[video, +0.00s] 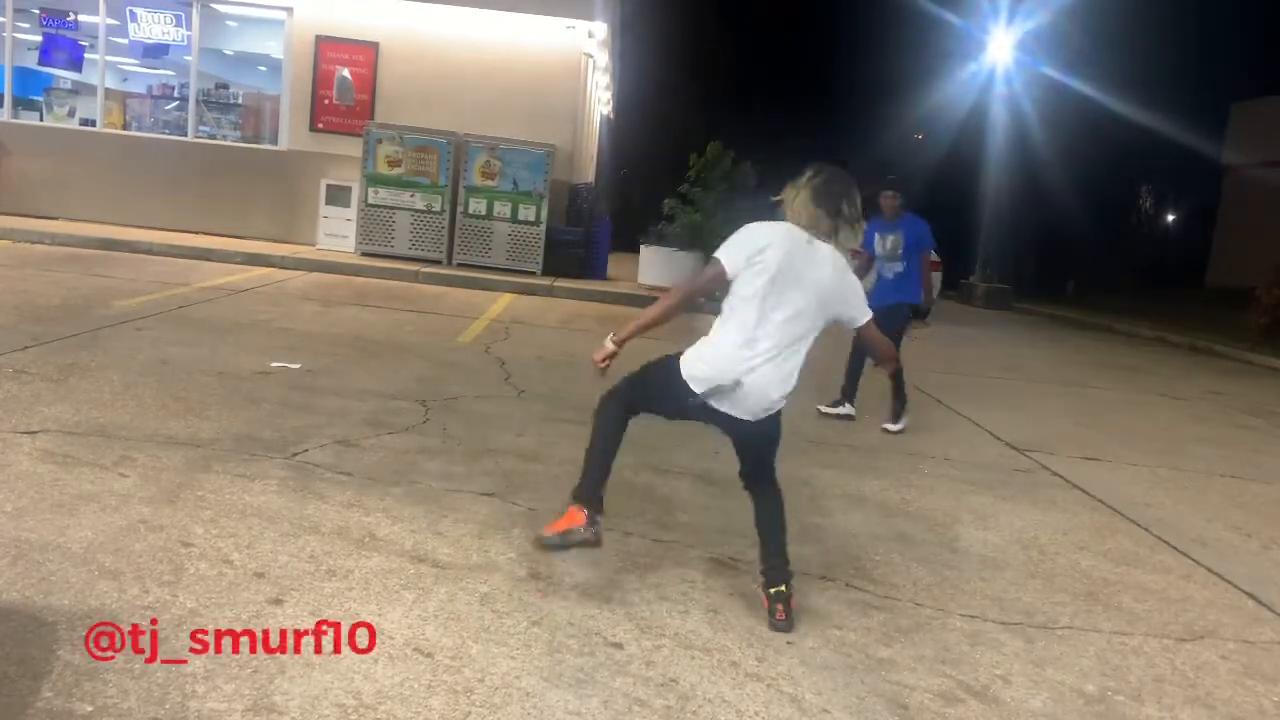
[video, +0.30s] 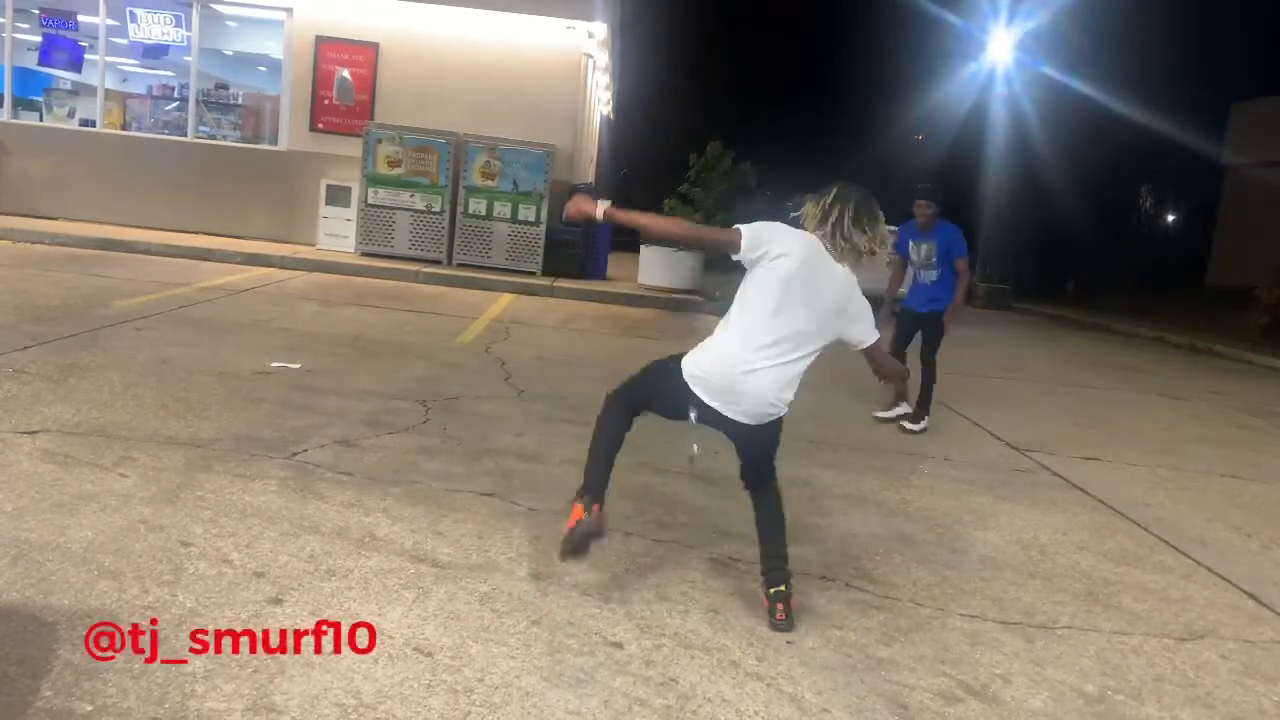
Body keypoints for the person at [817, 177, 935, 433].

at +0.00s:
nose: (889, 203)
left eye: (894, 198)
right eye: (885, 198)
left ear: (901, 201)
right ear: (879, 201)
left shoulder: (917, 226)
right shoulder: (874, 226)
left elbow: (925, 265)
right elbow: (865, 263)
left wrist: (927, 299)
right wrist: (846, 288)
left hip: (904, 298)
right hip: (877, 297)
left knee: (890, 352)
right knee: (859, 345)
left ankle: (898, 412)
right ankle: (847, 400)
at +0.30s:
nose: (922, 211)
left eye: (928, 207)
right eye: (918, 206)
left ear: (937, 209)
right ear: (913, 207)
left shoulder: (950, 234)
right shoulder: (906, 231)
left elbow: (964, 274)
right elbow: (899, 269)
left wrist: (952, 311)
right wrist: (888, 302)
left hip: (938, 306)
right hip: (912, 304)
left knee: (927, 356)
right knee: (896, 350)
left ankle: (921, 413)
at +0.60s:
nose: (942, 216)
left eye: (947, 211)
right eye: (938, 211)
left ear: (956, 213)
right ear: (933, 213)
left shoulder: (974, 237)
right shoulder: (930, 237)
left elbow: (989, 275)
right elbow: (923, 274)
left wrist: (987, 314)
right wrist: (921, 308)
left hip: (967, 308)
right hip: (940, 308)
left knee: (955, 357)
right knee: (933, 356)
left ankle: (953, 413)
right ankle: (932, 407)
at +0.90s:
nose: (965, 220)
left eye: (969, 216)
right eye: (961, 216)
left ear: (979, 216)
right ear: (956, 218)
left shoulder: (1000, 241)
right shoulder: (951, 241)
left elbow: (1010, 277)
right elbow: (953, 274)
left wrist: (1007, 314)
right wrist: (957, 299)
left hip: (988, 315)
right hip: (959, 312)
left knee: (983, 364)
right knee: (943, 357)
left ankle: (985, 418)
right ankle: (936, 406)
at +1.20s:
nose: (967, 222)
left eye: (973, 217)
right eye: (964, 217)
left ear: (984, 220)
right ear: (959, 219)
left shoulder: (1002, 244)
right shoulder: (953, 244)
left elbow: (1013, 281)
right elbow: (956, 276)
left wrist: (1014, 319)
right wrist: (961, 303)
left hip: (993, 317)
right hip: (965, 315)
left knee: (988, 367)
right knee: (953, 360)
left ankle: (985, 419)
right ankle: (951, 408)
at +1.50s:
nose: (963, 218)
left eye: (968, 213)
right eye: (959, 213)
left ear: (980, 215)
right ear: (955, 215)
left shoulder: (997, 241)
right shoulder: (950, 240)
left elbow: (1008, 281)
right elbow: (953, 276)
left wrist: (1006, 321)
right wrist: (957, 305)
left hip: (988, 315)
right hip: (961, 313)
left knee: (984, 365)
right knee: (951, 360)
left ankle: (983, 419)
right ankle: (951, 408)